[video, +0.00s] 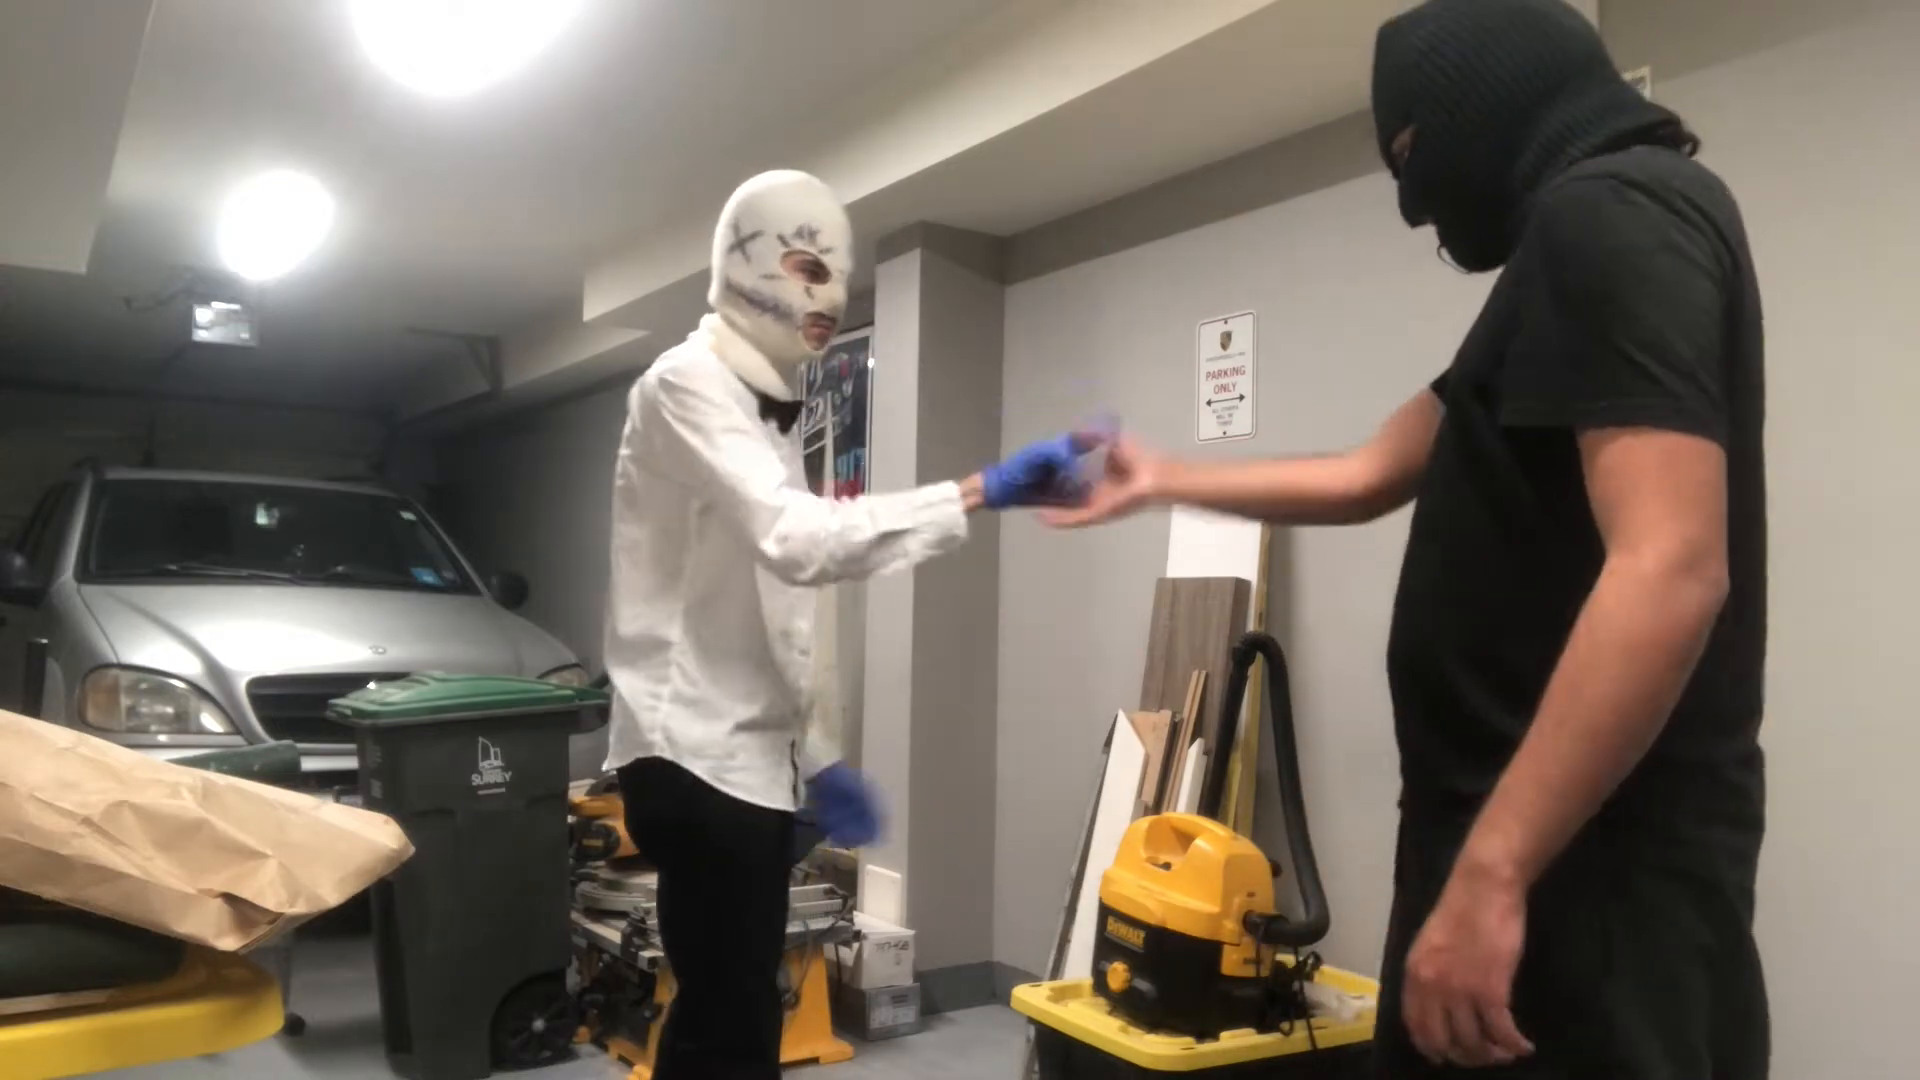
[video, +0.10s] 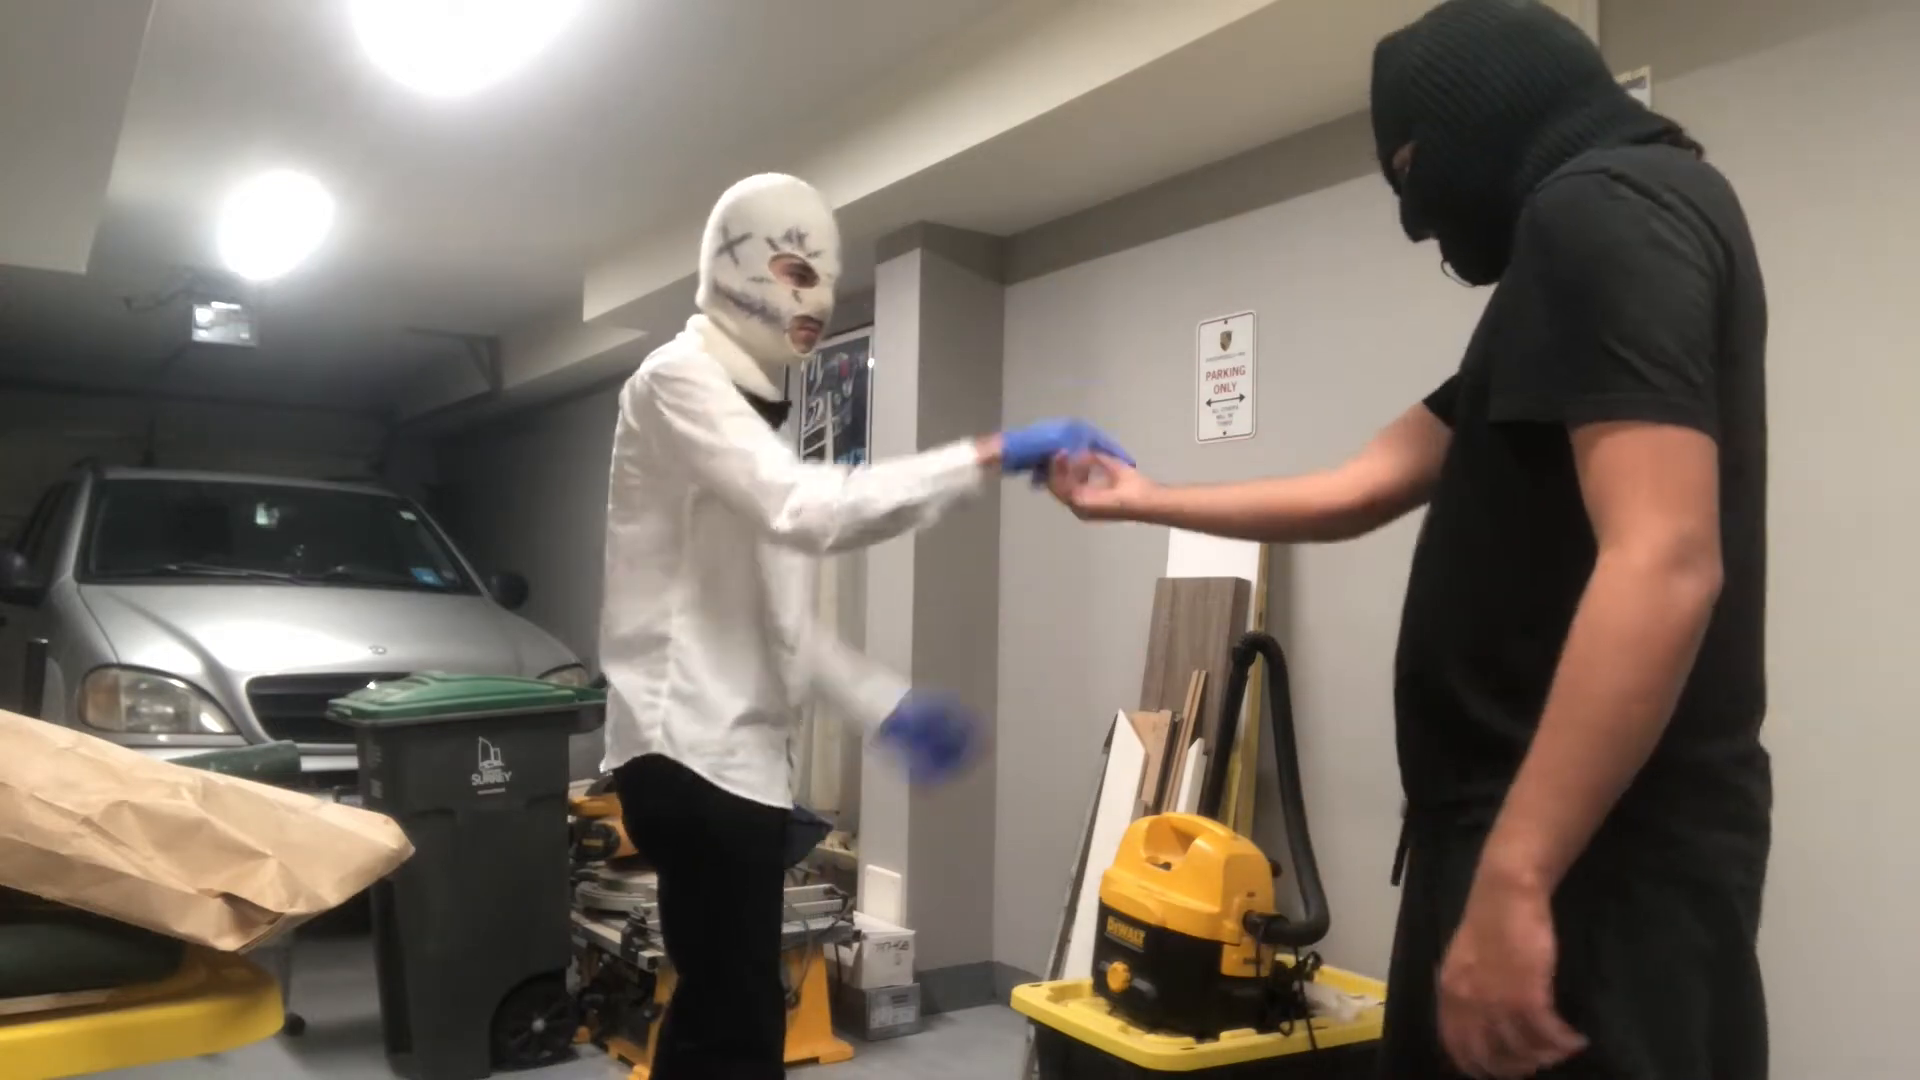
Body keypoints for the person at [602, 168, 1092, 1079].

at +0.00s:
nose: (829, 303)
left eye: (838, 281)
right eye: (808, 271)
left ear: (834, 288)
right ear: (746, 266)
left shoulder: (755, 406)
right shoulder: (689, 384)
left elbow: (747, 628)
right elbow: (796, 538)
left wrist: (806, 761)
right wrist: (981, 491)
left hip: (745, 756)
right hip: (696, 755)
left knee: (731, 1018)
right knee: (729, 1025)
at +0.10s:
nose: (819, 299)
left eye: (824, 277)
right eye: (797, 269)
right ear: (735, 266)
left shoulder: (744, 407)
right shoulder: (679, 378)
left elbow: (785, 624)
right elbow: (803, 509)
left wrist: (894, 707)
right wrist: (991, 453)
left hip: (742, 752)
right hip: (691, 752)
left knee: (717, 1022)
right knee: (736, 1025)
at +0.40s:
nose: (813, 295)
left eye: (822, 275)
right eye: (790, 267)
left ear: (825, 282)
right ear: (727, 268)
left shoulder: (794, 424)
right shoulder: (667, 374)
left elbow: (880, 520)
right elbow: (772, 492)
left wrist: (1022, 489)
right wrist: (959, 436)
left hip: (756, 748)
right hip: (686, 742)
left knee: (732, 1013)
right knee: (731, 1018)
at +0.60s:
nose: (832, 280)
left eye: (839, 260)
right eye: (808, 255)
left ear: (847, 269)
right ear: (744, 260)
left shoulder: (822, 411)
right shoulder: (682, 377)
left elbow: (897, 506)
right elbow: (795, 485)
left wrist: (1027, 473)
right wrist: (1007, 460)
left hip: (782, 754)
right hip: (695, 745)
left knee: (751, 1023)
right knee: (718, 1027)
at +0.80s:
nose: (850, 278)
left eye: (859, 262)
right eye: (826, 253)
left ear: (861, 279)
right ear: (763, 260)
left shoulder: (837, 414)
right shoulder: (699, 381)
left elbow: (939, 508)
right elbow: (811, 512)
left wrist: (1039, 489)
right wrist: (997, 455)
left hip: (794, 754)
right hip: (708, 747)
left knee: (758, 1027)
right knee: (731, 1030)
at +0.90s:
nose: (849, 286)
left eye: (858, 269)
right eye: (827, 261)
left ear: (866, 280)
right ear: (763, 264)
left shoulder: (835, 415)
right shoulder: (697, 382)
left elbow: (927, 493)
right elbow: (811, 501)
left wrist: (1054, 430)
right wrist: (1006, 413)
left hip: (793, 754)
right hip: (710, 745)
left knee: (756, 1024)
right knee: (731, 1025)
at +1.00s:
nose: (832, 301)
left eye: (844, 281)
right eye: (809, 273)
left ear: (856, 290)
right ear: (751, 272)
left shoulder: (825, 411)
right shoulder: (689, 379)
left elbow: (914, 471)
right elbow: (799, 476)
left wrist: (1029, 439)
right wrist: (979, 435)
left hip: (796, 756)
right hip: (713, 748)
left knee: (757, 1019)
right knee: (730, 1023)